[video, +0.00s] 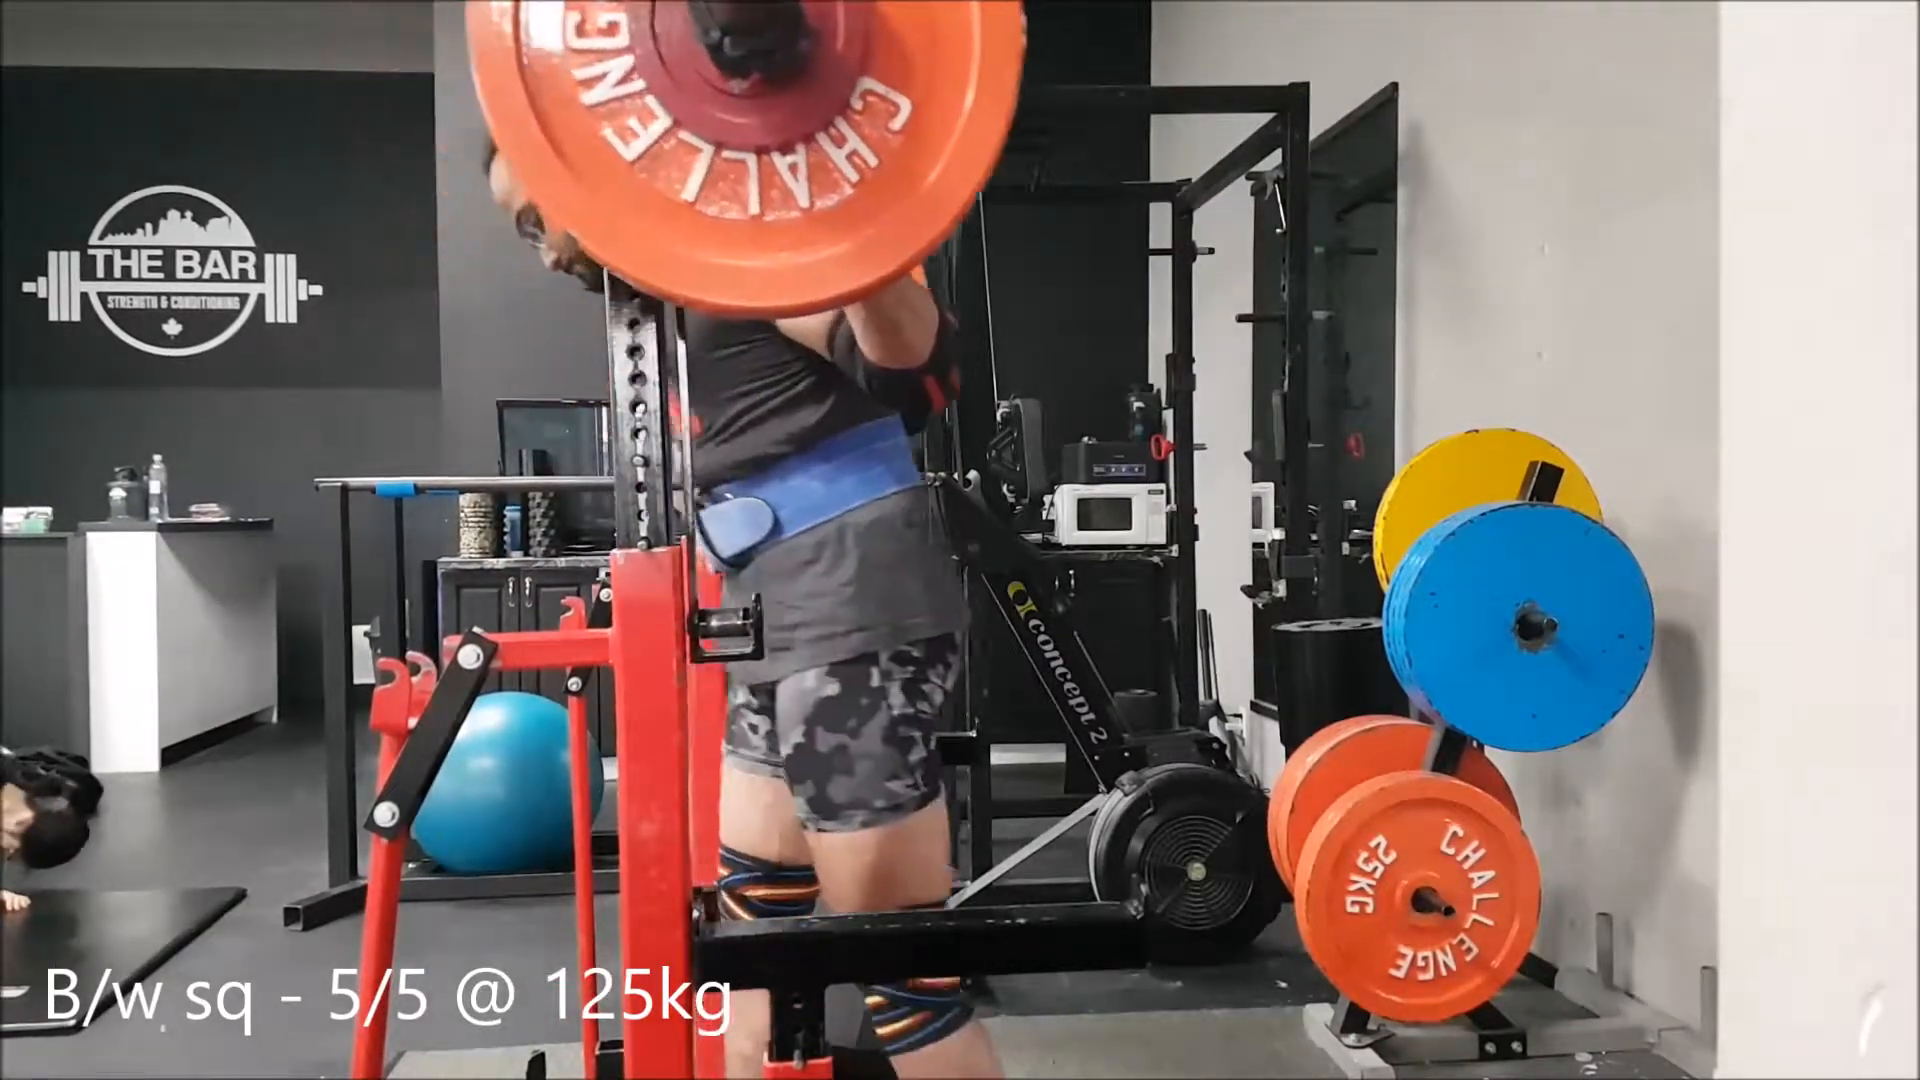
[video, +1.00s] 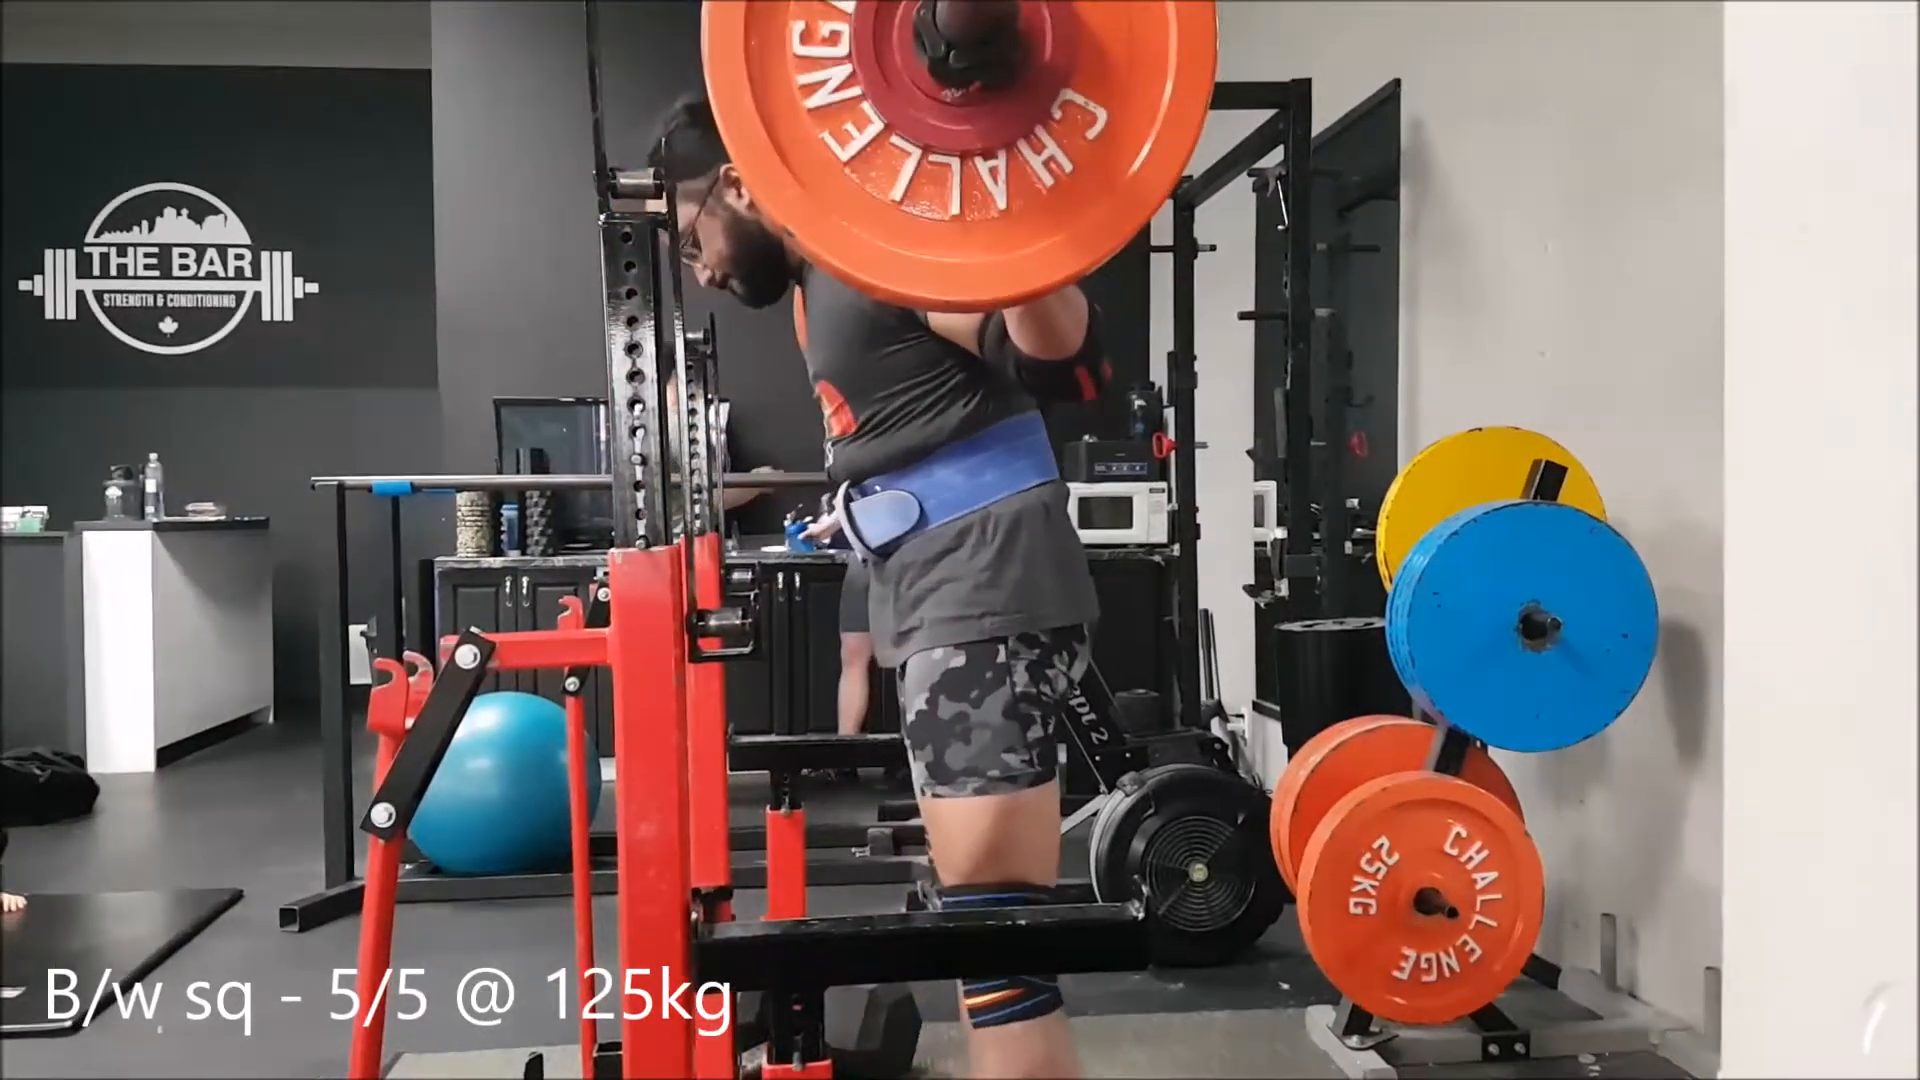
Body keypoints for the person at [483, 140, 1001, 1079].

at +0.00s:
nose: (547, 243)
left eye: (544, 209)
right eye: (529, 223)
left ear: (598, 173)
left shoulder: (752, 216)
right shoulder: (662, 257)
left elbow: (905, 341)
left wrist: (847, 181)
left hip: (851, 569)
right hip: (768, 581)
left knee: (901, 971)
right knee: (752, 927)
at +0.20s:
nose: (603, 242)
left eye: (598, 211)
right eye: (583, 231)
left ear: (637, 165)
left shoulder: (805, 223)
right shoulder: (718, 273)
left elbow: (972, 333)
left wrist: (922, 177)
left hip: (921, 584)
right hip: (833, 594)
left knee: (946, 970)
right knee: (792, 913)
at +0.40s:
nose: (659, 212)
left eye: (654, 181)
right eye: (639, 196)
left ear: (705, 140)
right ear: (682, 165)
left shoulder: (850, 220)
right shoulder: (773, 253)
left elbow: (1027, 318)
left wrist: (968, 158)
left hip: (957, 573)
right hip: (877, 580)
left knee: (961, 961)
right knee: (867, 878)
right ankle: (912, 1079)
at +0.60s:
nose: (672, 254)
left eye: (664, 219)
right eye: (654, 231)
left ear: (711, 164)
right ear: (706, 177)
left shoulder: (858, 237)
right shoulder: (797, 272)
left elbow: (1045, 333)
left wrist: (995, 183)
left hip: (973, 588)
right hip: (919, 597)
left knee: (961, 964)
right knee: (957, 960)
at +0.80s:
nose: (692, 263)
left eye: (687, 221)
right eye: (680, 230)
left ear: (733, 182)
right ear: (729, 192)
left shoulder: (864, 243)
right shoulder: (814, 278)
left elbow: (1053, 337)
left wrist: (1007, 184)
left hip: (979, 573)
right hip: (929, 582)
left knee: (977, 950)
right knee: (963, 944)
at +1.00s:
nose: (697, 265)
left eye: (690, 228)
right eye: (682, 240)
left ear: (736, 179)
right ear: (731, 191)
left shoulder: (869, 237)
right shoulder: (818, 271)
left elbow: (1056, 332)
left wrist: (1008, 179)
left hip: (985, 568)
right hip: (932, 578)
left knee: (998, 934)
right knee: (981, 931)